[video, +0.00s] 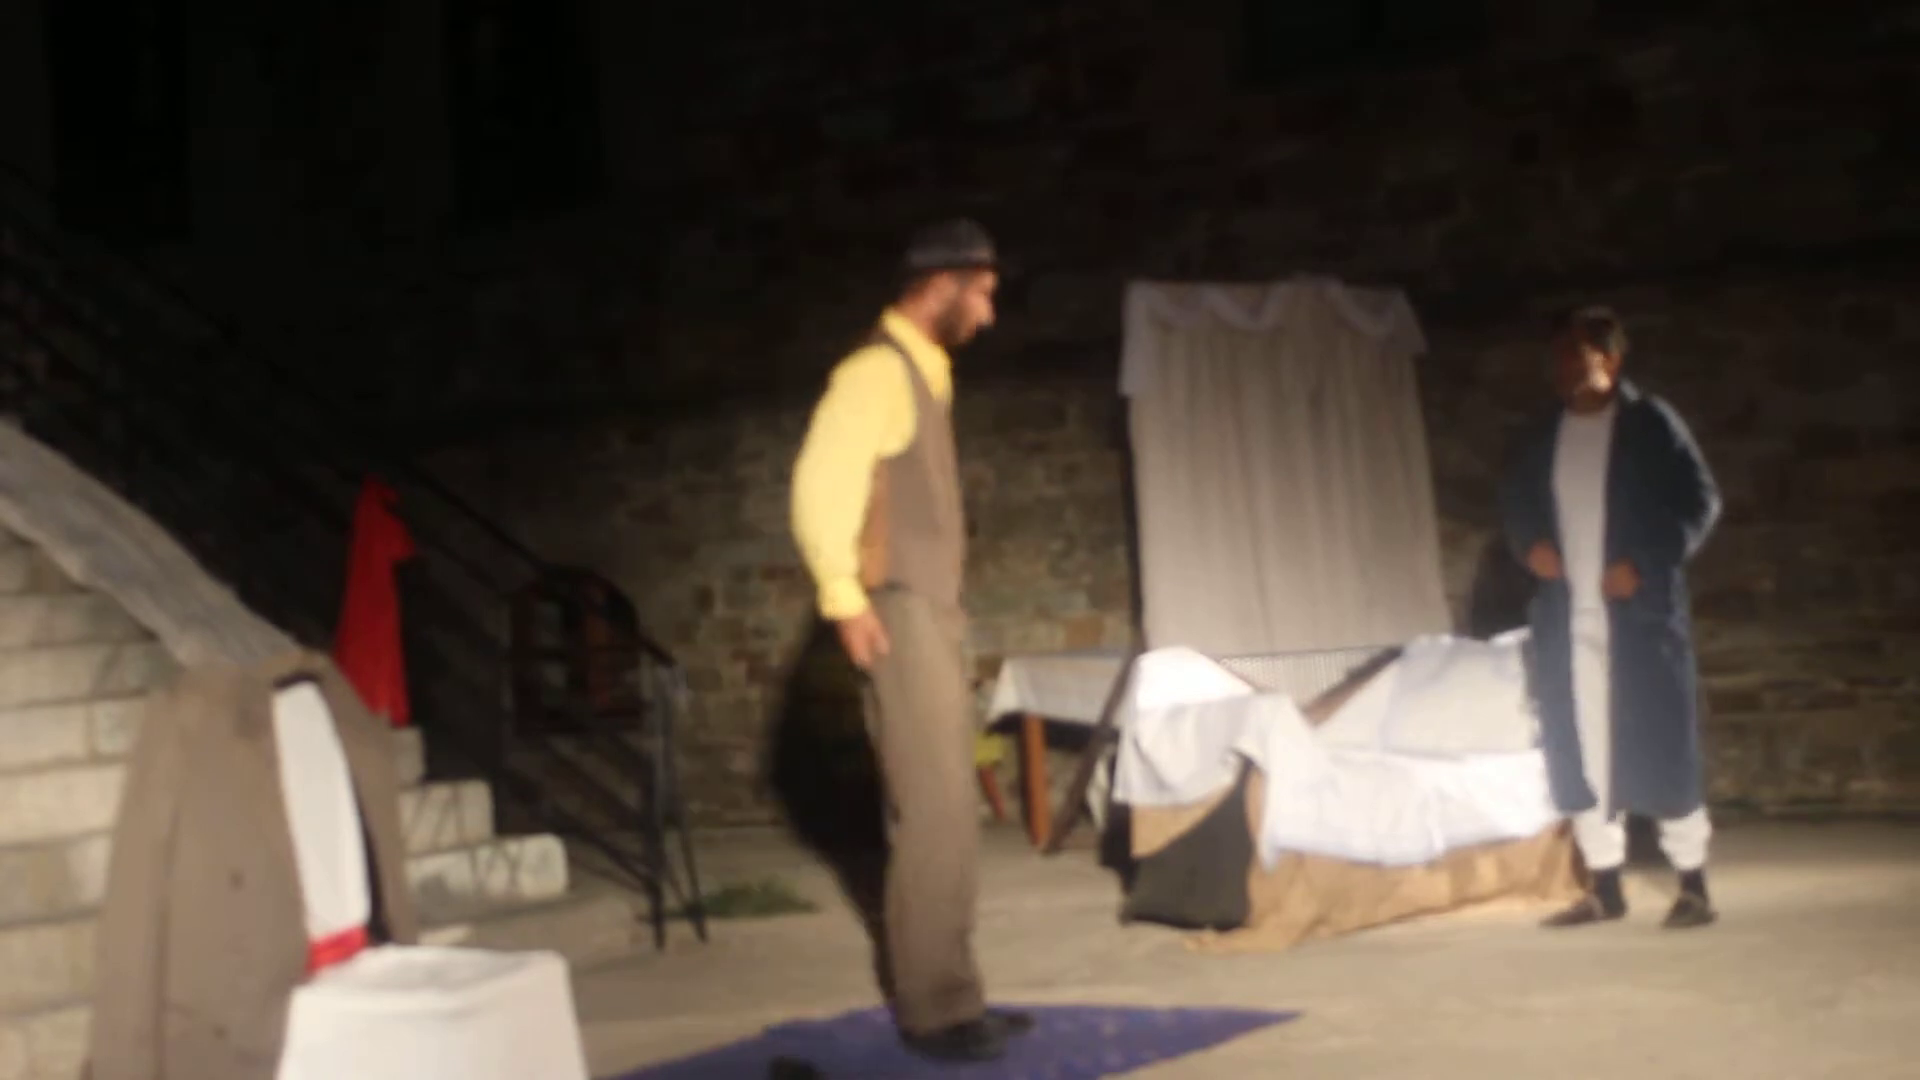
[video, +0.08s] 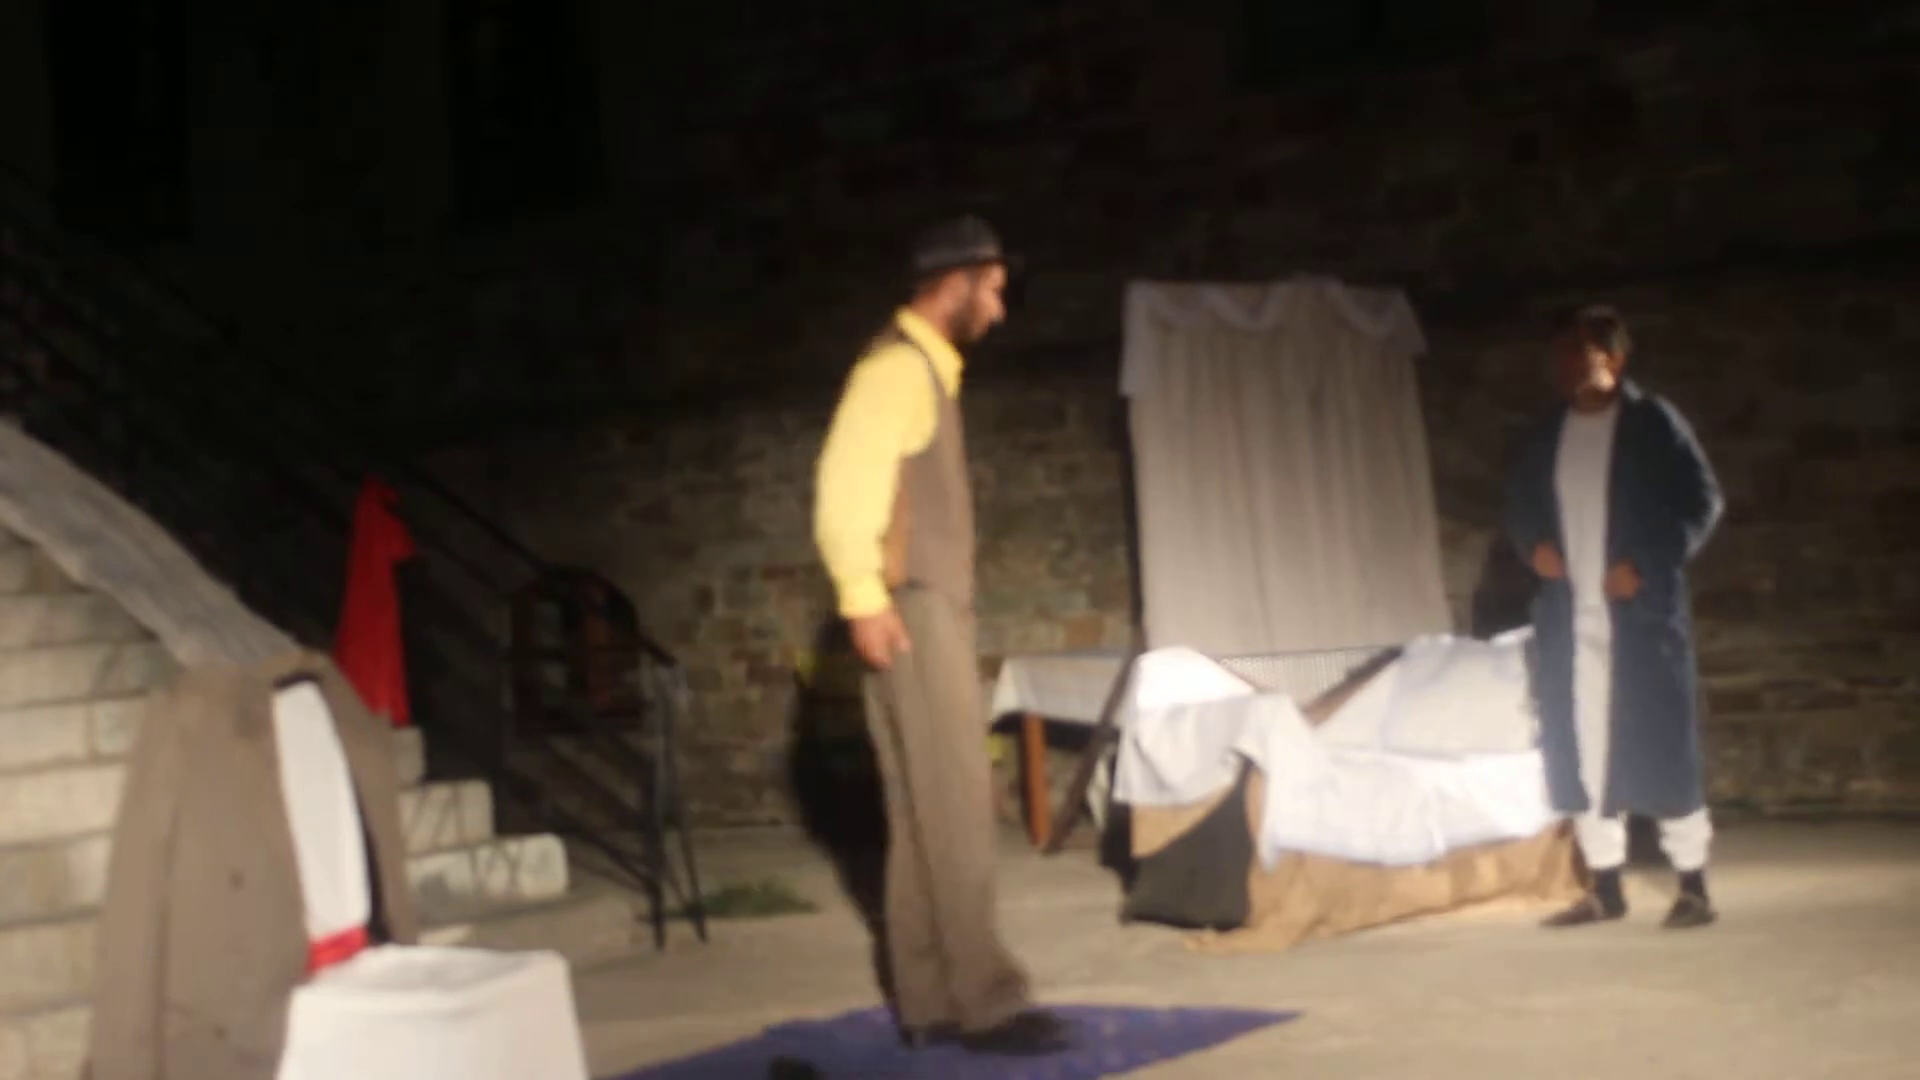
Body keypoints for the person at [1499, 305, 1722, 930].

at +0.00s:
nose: (1579, 369)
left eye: (1589, 357)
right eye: (1570, 358)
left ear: (1614, 359)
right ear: (1557, 364)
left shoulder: (1652, 422)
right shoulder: (1538, 435)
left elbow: (1699, 505)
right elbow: (1514, 500)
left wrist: (1644, 565)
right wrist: (1531, 543)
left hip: (1642, 619)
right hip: (1565, 620)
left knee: (1664, 742)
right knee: (1578, 746)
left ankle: (1693, 886)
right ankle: (1605, 889)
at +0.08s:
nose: (1583, 366)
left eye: (1594, 354)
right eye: (1574, 355)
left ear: (1617, 359)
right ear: (1559, 363)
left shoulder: (1654, 422)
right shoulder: (1539, 435)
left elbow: (1702, 505)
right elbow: (1518, 503)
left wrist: (1644, 566)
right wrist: (1534, 544)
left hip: (1644, 616)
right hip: (1568, 618)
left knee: (1664, 741)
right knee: (1580, 743)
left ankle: (1692, 887)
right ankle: (1605, 889)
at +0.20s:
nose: (1587, 367)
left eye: (1598, 354)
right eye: (1578, 355)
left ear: (1621, 358)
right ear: (1564, 363)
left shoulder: (1660, 422)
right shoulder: (1546, 433)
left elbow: (1707, 504)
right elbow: (1523, 500)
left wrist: (1651, 565)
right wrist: (1541, 545)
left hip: (1649, 620)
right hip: (1574, 621)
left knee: (1669, 744)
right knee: (1584, 745)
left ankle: (1693, 888)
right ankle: (1605, 889)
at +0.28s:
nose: (1589, 368)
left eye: (1600, 355)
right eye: (1580, 356)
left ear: (1623, 358)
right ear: (1566, 363)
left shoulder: (1663, 421)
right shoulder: (1549, 432)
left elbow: (1710, 504)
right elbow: (1524, 499)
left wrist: (1656, 567)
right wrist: (1544, 545)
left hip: (1651, 621)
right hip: (1575, 622)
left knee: (1671, 746)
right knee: (1583, 747)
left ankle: (1694, 887)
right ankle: (1606, 889)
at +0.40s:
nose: (1593, 368)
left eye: (1603, 355)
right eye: (1584, 356)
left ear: (1628, 356)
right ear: (1571, 363)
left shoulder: (1667, 421)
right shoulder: (1554, 431)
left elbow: (1716, 503)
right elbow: (1530, 496)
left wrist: (1664, 571)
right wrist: (1545, 543)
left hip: (1655, 620)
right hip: (1579, 623)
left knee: (1674, 744)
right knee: (1586, 745)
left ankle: (1693, 885)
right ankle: (1607, 887)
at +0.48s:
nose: (1594, 368)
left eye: (1604, 355)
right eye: (1585, 356)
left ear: (1630, 355)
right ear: (1573, 362)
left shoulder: (1670, 421)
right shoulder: (1557, 431)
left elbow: (1721, 502)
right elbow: (1533, 494)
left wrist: (1669, 569)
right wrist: (1546, 542)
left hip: (1659, 620)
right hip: (1584, 620)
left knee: (1675, 743)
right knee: (1588, 743)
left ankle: (1693, 886)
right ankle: (1606, 887)